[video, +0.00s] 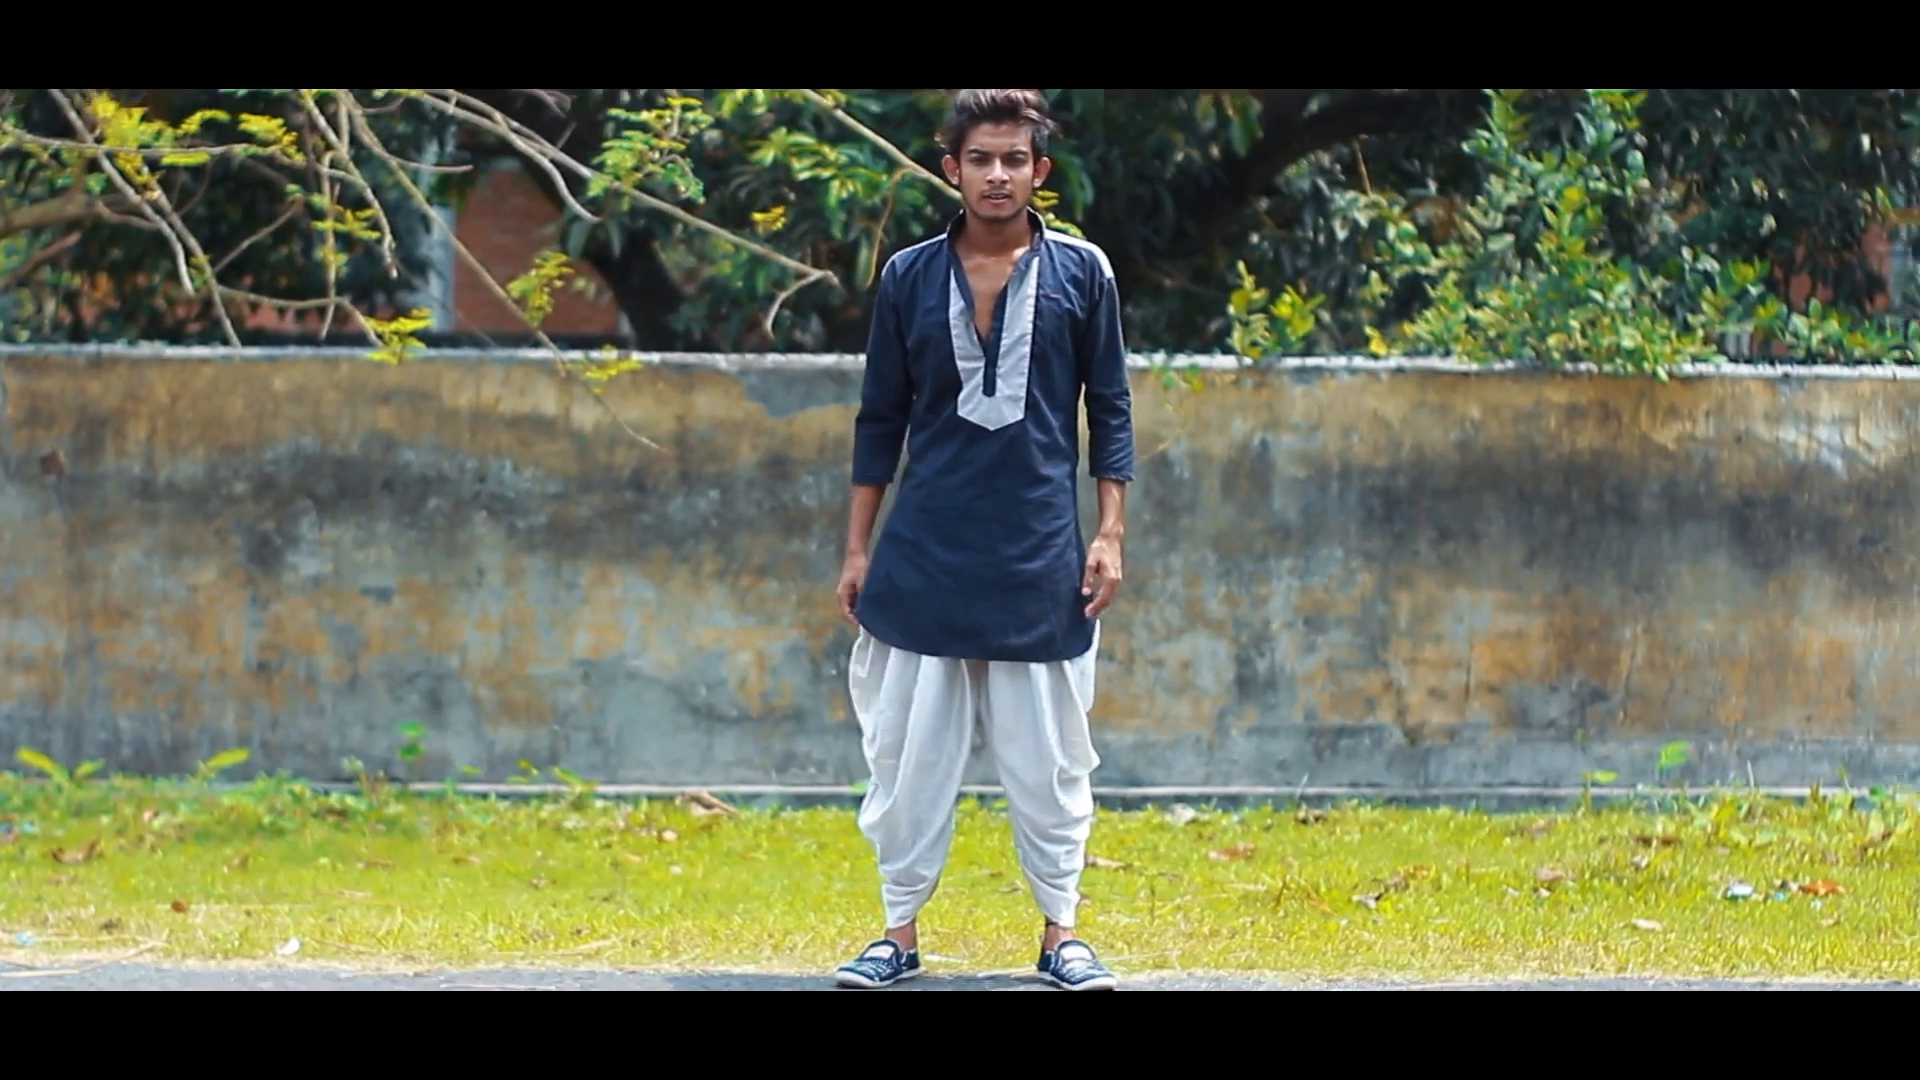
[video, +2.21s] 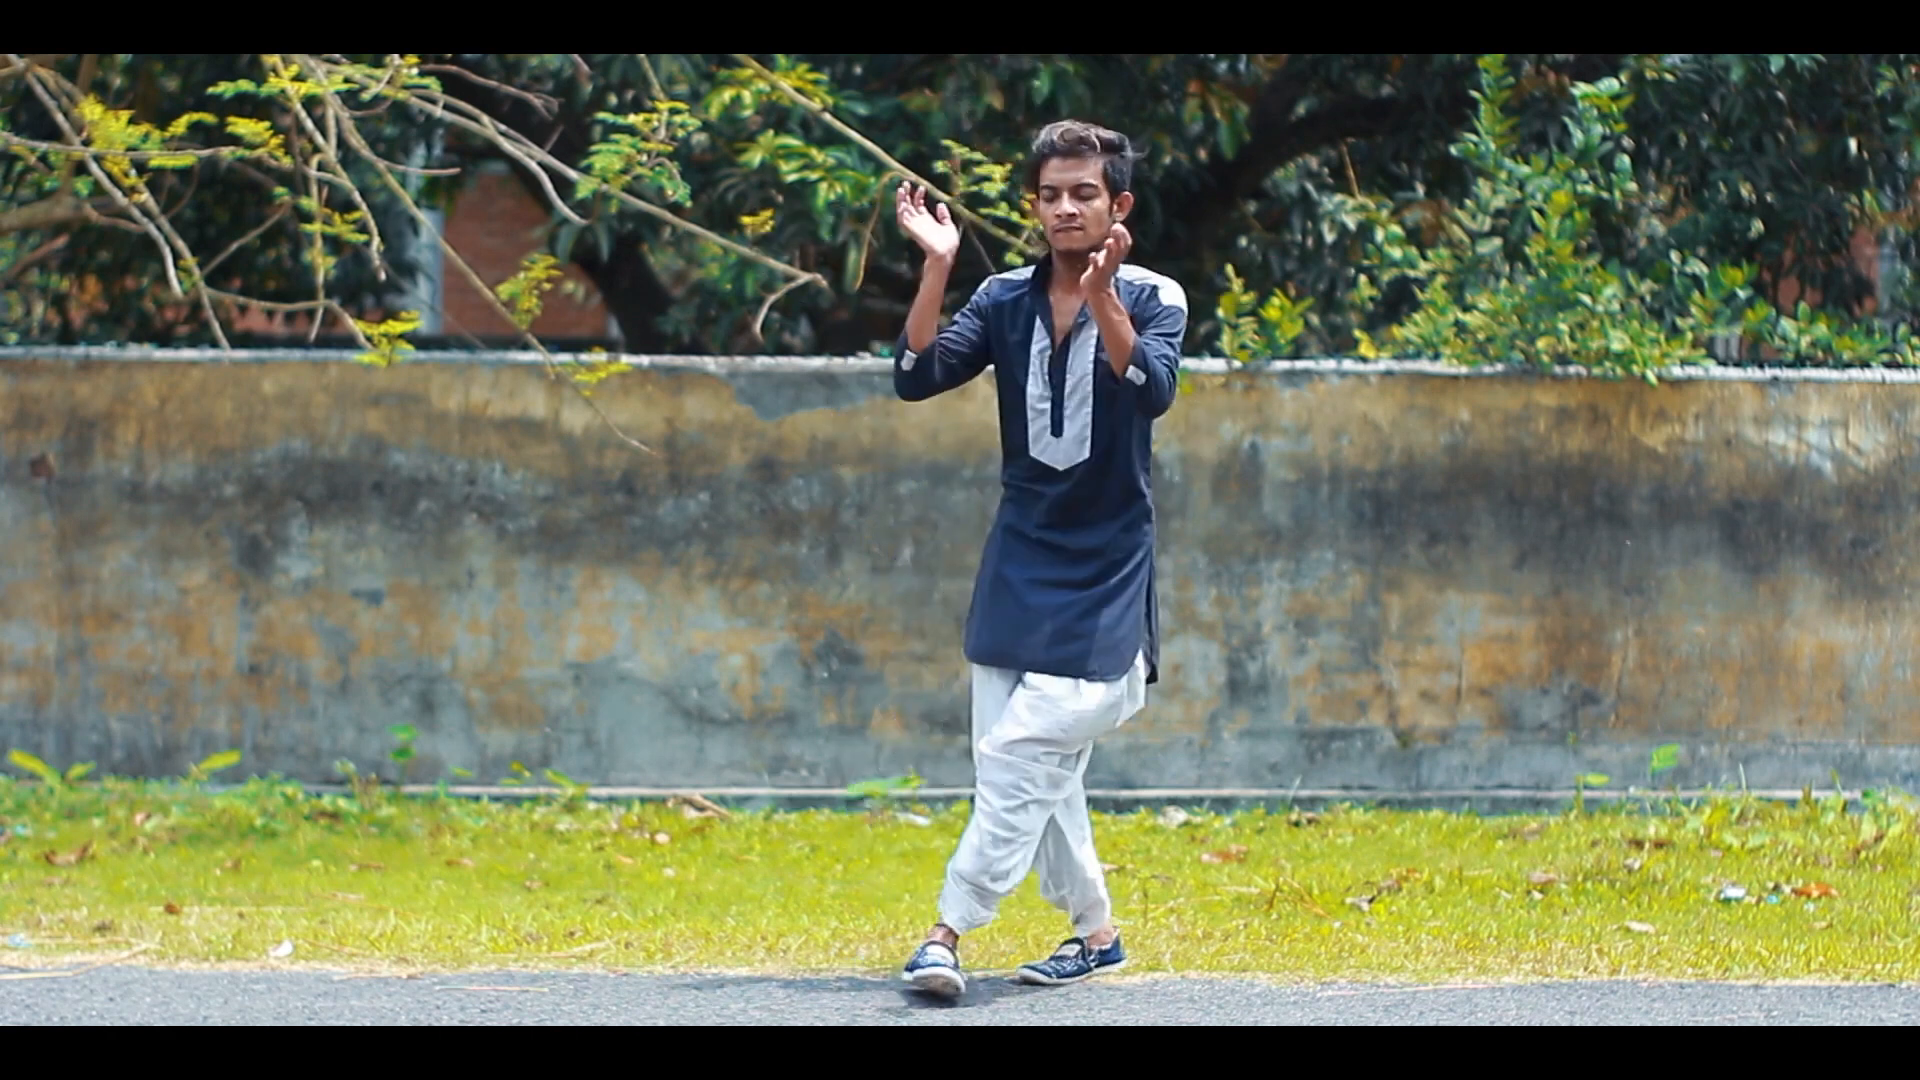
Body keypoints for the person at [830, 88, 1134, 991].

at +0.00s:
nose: (999, 175)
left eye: (1015, 159)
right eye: (983, 159)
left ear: (1039, 169)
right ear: (952, 167)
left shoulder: (1080, 270)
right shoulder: (908, 274)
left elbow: (1110, 409)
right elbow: (879, 418)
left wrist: (1109, 534)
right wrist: (858, 547)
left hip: (1039, 545)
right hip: (923, 543)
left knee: (1051, 749)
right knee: (905, 746)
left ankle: (1061, 938)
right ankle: (900, 938)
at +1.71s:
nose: (980, 194)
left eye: (997, 179)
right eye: (964, 178)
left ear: (1023, 193)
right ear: (938, 190)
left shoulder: (1063, 297)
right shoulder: (904, 298)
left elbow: (1148, 402)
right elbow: (878, 423)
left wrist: (1244, 489)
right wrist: (775, 488)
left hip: (1024, 561)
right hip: (920, 557)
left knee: (1042, 760)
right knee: (886, 750)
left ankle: (1042, 935)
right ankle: (902, 932)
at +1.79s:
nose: (981, 202)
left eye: (998, 187)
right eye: (966, 187)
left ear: (1025, 200)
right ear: (940, 198)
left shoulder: (1068, 298)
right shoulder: (908, 299)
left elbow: (1184, 363)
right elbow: (844, 388)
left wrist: (1314, 376)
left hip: (1025, 572)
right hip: (920, 568)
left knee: (1040, 763)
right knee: (878, 754)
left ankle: (1041, 936)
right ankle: (900, 937)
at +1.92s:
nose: (1005, 154)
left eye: (1020, 138)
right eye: (990, 138)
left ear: (1051, 142)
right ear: (966, 143)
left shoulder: (1093, 223)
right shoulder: (931, 220)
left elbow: (1170, 245)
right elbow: (835, 230)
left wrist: (1215, 242)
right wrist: (787, 209)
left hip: (1051, 515)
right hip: (949, 511)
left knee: (1026, 715)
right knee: (918, 720)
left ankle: (1016, 903)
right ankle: (939, 906)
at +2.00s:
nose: (1023, 145)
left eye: (1040, 129)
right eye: (1008, 130)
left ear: (1073, 132)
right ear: (985, 132)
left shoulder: (1110, 212)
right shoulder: (959, 205)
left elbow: (1155, 289)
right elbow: (837, 253)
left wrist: (1066, 287)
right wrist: (924, 246)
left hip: (1067, 491)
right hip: (973, 485)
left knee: (1017, 690)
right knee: (936, 695)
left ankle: (986, 892)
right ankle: (1022, 884)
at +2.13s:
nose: (1053, 186)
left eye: (1071, 168)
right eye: (1037, 169)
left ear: (1103, 183)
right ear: (1014, 180)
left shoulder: (1130, 288)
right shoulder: (987, 280)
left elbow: (1083, 404)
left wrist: (984, 339)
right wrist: (1030, 294)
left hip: (1097, 533)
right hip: (1001, 525)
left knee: (1010, 710)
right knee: (989, 726)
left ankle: (943, 924)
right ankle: (1095, 929)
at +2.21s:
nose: (1065, 208)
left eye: (1083, 194)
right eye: (1052, 194)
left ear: (1121, 205)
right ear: (1034, 205)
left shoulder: (1152, 297)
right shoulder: (1010, 293)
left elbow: (1149, 393)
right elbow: (914, 376)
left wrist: (1101, 291)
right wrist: (940, 264)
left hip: (1109, 555)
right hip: (1019, 547)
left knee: (1028, 746)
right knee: (1018, 756)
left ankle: (945, 937)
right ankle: (1095, 928)